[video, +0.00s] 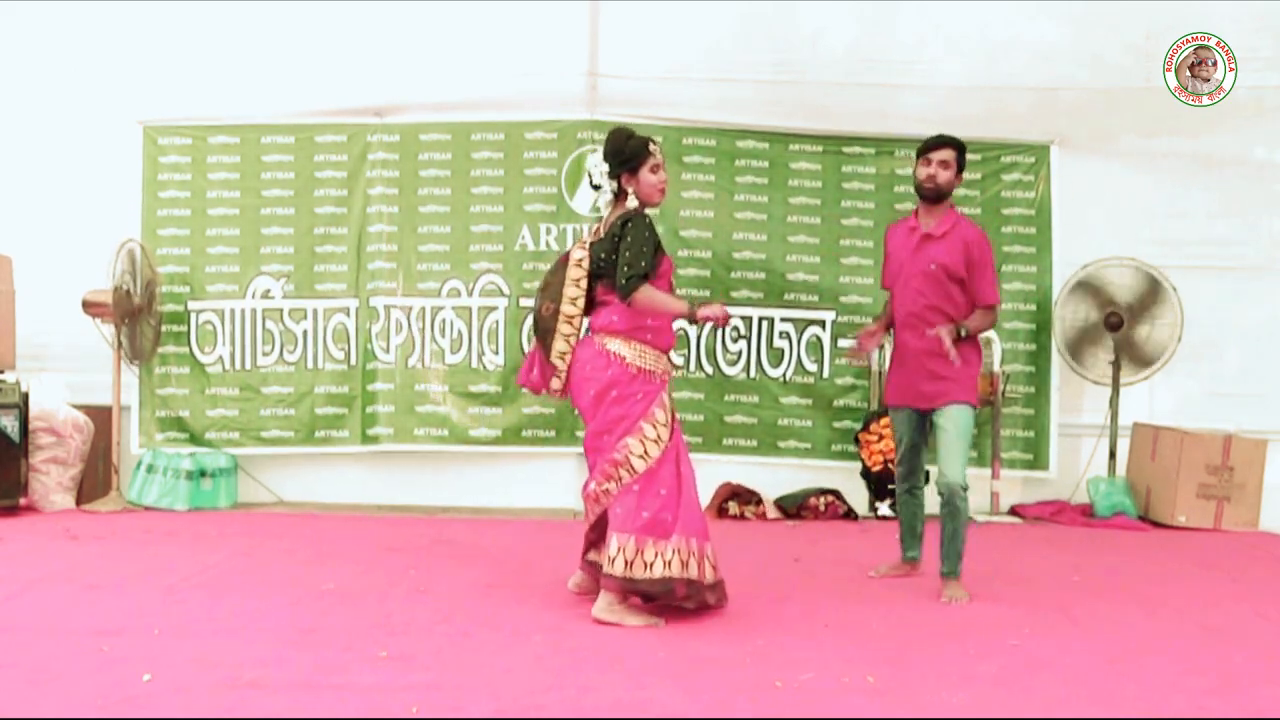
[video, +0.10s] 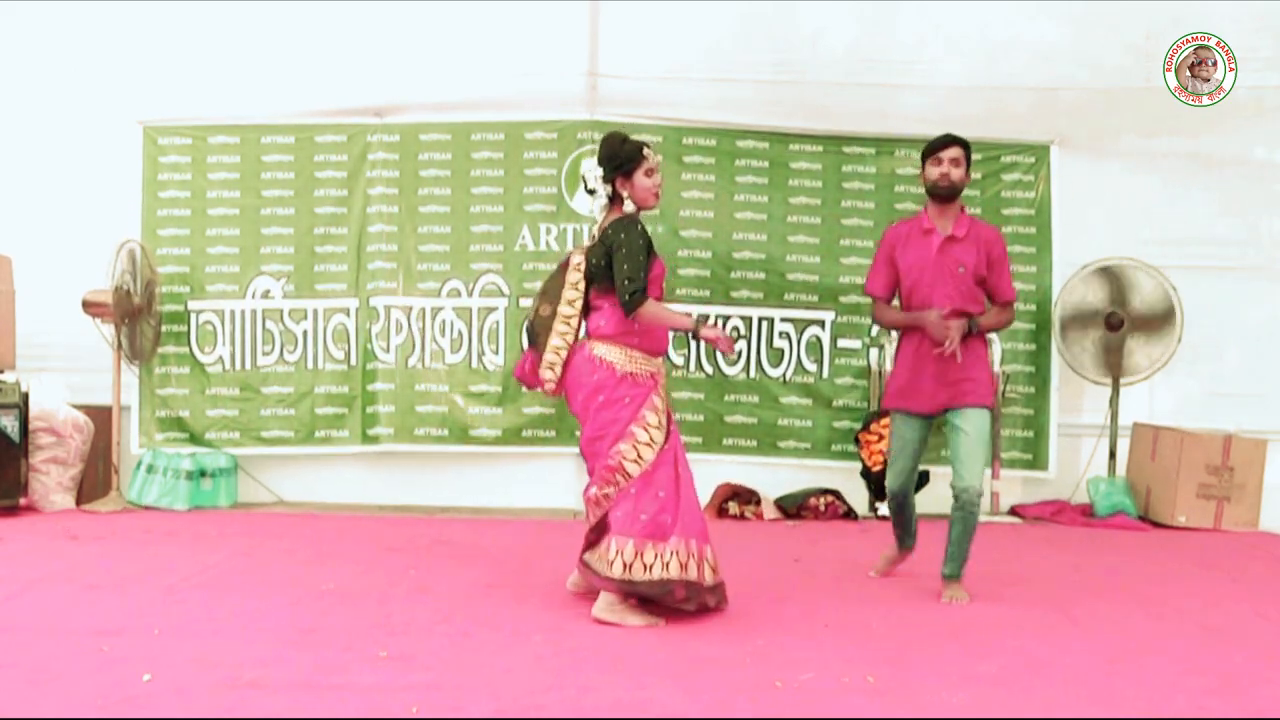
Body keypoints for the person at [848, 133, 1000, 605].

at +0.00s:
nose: (933, 171)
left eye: (944, 166)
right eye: (927, 163)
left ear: (958, 178)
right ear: (915, 170)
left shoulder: (970, 237)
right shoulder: (897, 234)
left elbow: (988, 310)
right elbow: (896, 300)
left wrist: (958, 329)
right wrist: (877, 327)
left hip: (954, 374)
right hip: (905, 371)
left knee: (950, 480)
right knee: (907, 474)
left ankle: (951, 575)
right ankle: (910, 557)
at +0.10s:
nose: (946, 170)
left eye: (956, 163)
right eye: (937, 162)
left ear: (968, 175)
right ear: (923, 173)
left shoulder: (987, 237)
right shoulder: (898, 235)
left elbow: (1004, 311)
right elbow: (880, 311)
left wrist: (968, 326)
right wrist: (923, 319)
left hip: (969, 377)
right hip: (914, 376)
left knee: (969, 487)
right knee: (896, 483)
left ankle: (952, 579)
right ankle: (904, 542)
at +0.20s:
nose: (961, 147)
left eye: (968, 139)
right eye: (950, 140)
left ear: (977, 148)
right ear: (931, 151)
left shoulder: (994, 208)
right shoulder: (914, 205)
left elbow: (1030, 277)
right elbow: (893, 269)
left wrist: (1009, 250)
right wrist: (956, 239)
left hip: (980, 355)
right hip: (926, 351)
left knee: (974, 476)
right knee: (927, 467)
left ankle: (948, 572)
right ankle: (900, 520)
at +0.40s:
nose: (990, 121)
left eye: (990, 113)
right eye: (977, 116)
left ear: (991, 122)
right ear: (952, 132)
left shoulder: (985, 187)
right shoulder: (952, 180)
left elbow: (983, 265)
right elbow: (939, 233)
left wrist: (1015, 250)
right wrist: (1000, 229)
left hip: (982, 340)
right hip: (965, 340)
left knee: (952, 458)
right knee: (983, 458)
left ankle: (910, 560)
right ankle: (968, 592)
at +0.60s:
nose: (1003, 123)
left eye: (1000, 115)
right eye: (991, 119)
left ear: (976, 135)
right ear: (964, 137)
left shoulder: (972, 186)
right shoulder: (973, 174)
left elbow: (942, 264)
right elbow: (988, 178)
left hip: (981, 352)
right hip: (992, 353)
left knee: (969, 465)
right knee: (1009, 482)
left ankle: (915, 565)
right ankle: (982, 618)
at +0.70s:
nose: (1004, 103)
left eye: (1002, 96)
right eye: (993, 98)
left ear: (978, 115)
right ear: (966, 116)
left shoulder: (972, 166)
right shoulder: (973, 154)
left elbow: (940, 235)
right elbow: (1001, 132)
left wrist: (991, 270)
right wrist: (1075, 91)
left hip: (986, 334)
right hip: (986, 336)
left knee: (977, 458)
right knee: (1000, 462)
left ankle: (922, 559)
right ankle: (988, 602)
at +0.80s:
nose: (1004, 105)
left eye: (1002, 97)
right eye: (991, 101)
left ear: (988, 107)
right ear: (963, 118)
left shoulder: (966, 169)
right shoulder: (971, 156)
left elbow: (932, 251)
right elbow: (1009, 149)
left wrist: (991, 268)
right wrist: (1068, 97)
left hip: (984, 340)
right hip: (981, 341)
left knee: (985, 461)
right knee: (998, 465)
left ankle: (928, 561)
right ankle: (968, 604)